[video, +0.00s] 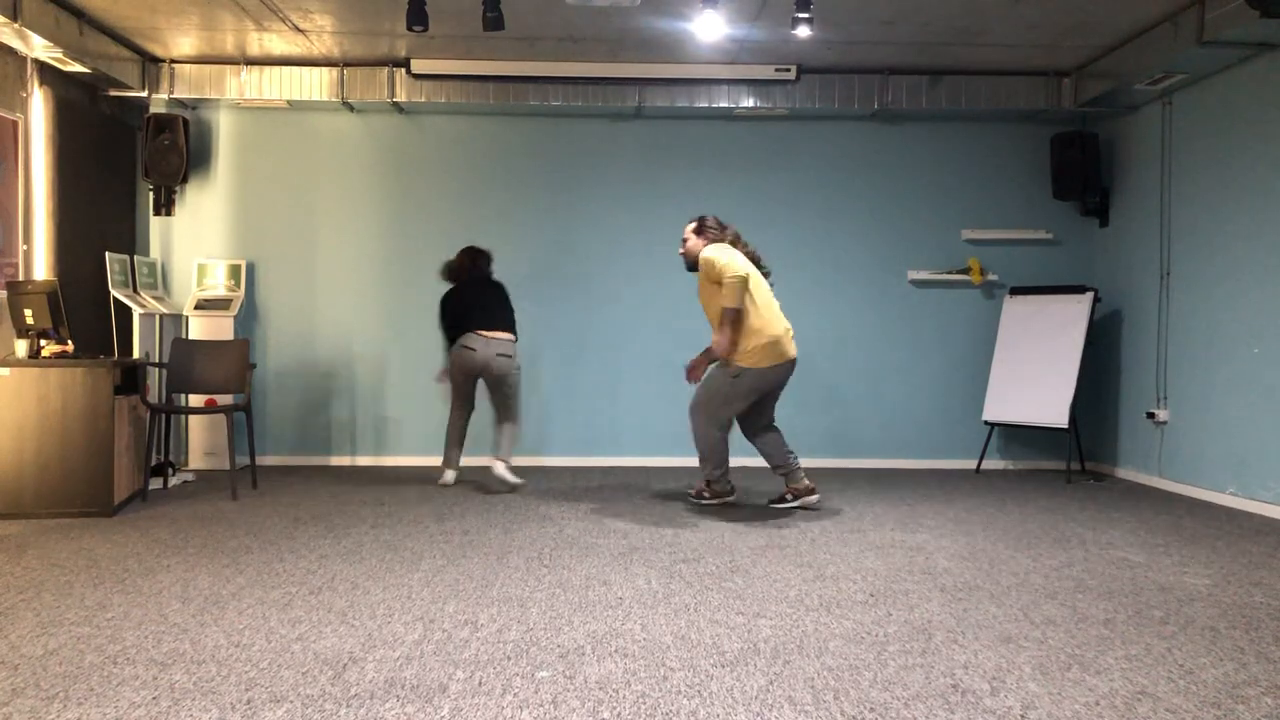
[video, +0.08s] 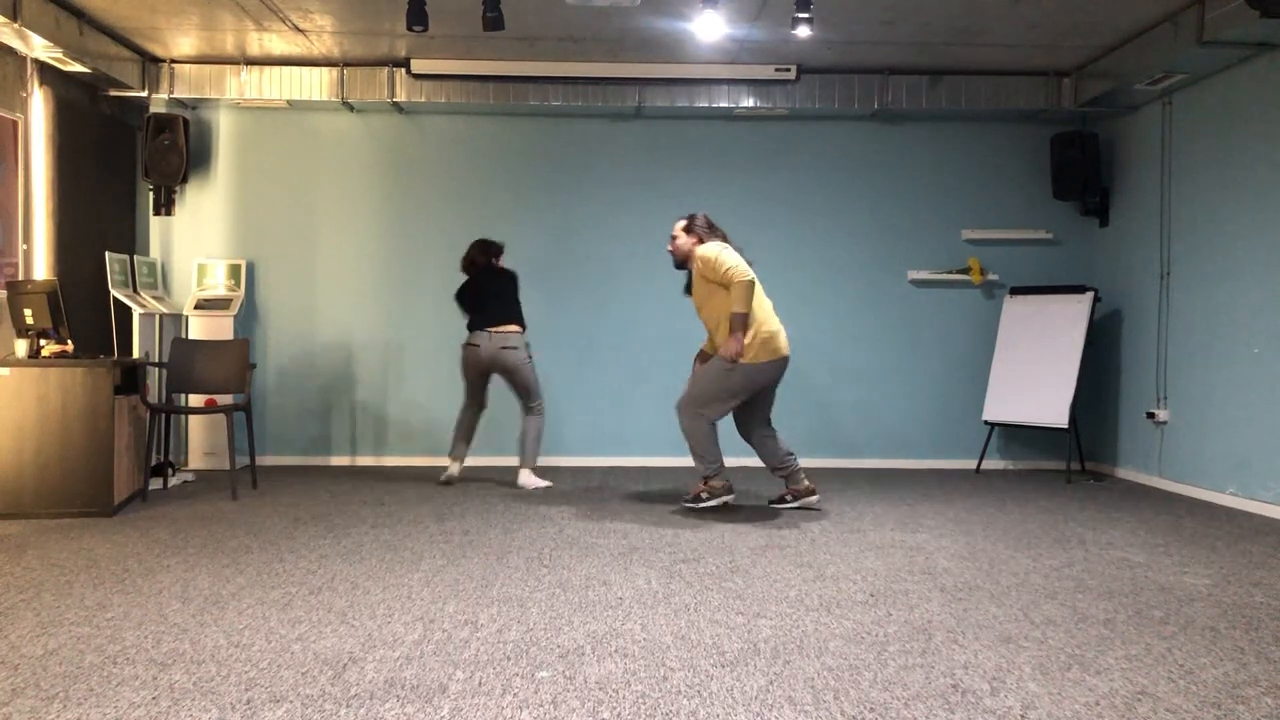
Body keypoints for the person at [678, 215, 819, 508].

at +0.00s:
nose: (681, 248)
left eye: (686, 240)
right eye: (681, 242)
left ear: (705, 236)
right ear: (713, 239)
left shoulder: (712, 254)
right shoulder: (733, 258)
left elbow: (736, 275)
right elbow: (733, 329)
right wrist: (704, 358)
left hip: (756, 354)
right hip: (780, 352)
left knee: (705, 410)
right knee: (756, 422)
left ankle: (717, 484)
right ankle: (799, 485)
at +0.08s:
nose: (669, 246)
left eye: (674, 238)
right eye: (670, 239)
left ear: (695, 237)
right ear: (694, 240)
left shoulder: (707, 252)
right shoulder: (704, 269)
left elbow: (743, 278)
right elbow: (724, 323)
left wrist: (736, 334)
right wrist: (705, 354)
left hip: (751, 351)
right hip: (769, 351)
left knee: (692, 408)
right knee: (752, 424)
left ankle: (715, 483)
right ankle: (798, 484)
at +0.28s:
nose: (629, 223)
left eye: (635, 216)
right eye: (629, 217)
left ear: (656, 218)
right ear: (651, 220)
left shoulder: (671, 238)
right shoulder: (662, 254)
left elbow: (710, 262)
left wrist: (692, 314)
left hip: (710, 342)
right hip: (716, 344)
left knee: (678, 420)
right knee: (715, 422)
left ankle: (720, 498)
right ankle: (766, 468)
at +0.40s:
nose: (600, 213)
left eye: (605, 206)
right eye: (600, 207)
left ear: (625, 208)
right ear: (621, 209)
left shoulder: (637, 232)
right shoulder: (630, 243)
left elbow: (668, 267)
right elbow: (651, 274)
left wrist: (652, 314)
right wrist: (616, 262)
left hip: (683, 342)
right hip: (656, 348)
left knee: (670, 417)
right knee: (633, 416)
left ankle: (722, 498)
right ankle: (690, 476)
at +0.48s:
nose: (579, 205)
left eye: (585, 198)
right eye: (579, 198)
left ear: (606, 199)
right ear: (601, 200)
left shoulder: (617, 224)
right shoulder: (609, 234)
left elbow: (642, 265)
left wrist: (627, 315)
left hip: (664, 336)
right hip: (636, 342)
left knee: (661, 416)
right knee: (606, 404)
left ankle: (717, 494)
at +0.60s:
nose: (534, 208)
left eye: (539, 200)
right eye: (534, 200)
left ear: (562, 199)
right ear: (560, 201)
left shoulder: (576, 220)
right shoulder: (560, 236)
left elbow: (600, 260)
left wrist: (584, 310)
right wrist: (575, 328)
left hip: (615, 336)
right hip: (586, 342)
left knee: (601, 419)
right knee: (569, 418)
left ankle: (671, 481)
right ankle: (589, 506)